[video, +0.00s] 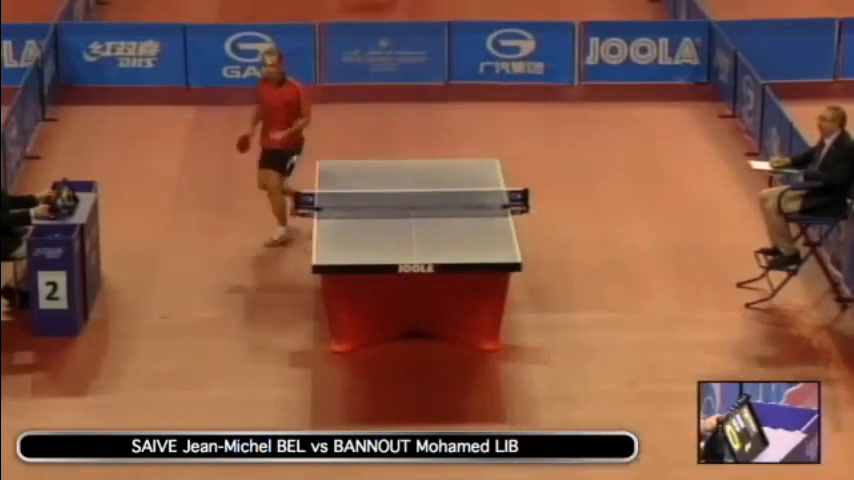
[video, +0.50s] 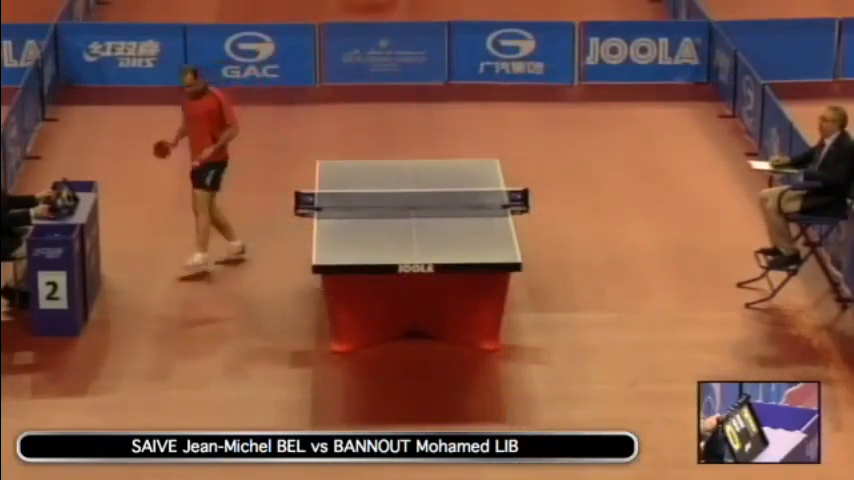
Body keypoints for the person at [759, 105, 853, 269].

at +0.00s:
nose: (819, 123)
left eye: (824, 120)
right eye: (820, 119)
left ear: (837, 124)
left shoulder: (846, 147)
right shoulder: (826, 141)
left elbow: (836, 178)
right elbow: (808, 157)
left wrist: (803, 175)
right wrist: (787, 162)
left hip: (830, 199)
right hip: (815, 191)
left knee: (773, 204)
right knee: (765, 197)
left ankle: (790, 254)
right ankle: (780, 247)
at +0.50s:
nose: (820, 123)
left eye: (825, 120)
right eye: (820, 119)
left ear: (838, 125)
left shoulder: (846, 147)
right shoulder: (826, 141)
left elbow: (836, 178)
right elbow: (808, 158)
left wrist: (803, 174)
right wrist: (787, 161)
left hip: (829, 199)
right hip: (816, 191)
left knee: (773, 204)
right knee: (765, 197)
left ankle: (790, 254)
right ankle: (780, 247)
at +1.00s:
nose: (822, 124)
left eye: (829, 121)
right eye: (824, 120)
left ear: (840, 128)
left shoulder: (846, 148)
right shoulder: (826, 142)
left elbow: (834, 178)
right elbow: (804, 160)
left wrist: (803, 176)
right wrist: (786, 165)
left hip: (828, 199)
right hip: (813, 191)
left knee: (774, 206)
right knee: (765, 197)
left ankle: (790, 254)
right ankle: (780, 246)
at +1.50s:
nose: (822, 124)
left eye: (829, 122)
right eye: (823, 120)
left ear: (840, 128)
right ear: (823, 120)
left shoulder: (846, 148)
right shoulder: (826, 141)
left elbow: (833, 178)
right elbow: (806, 159)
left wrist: (802, 177)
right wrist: (789, 164)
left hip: (829, 199)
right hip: (813, 191)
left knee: (774, 206)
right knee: (765, 197)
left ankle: (790, 254)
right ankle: (780, 247)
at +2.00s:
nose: (818, 125)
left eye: (823, 122)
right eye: (818, 121)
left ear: (836, 127)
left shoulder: (844, 149)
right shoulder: (824, 143)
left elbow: (832, 178)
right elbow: (803, 160)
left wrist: (800, 179)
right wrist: (787, 165)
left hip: (828, 199)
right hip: (813, 191)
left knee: (774, 206)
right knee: (765, 197)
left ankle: (790, 254)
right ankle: (780, 247)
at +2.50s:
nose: (819, 124)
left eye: (824, 122)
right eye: (819, 120)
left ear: (836, 127)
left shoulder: (844, 148)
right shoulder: (825, 143)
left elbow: (833, 177)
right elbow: (804, 160)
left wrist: (803, 175)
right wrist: (790, 164)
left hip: (829, 199)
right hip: (815, 191)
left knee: (773, 206)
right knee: (765, 197)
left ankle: (790, 254)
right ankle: (780, 247)